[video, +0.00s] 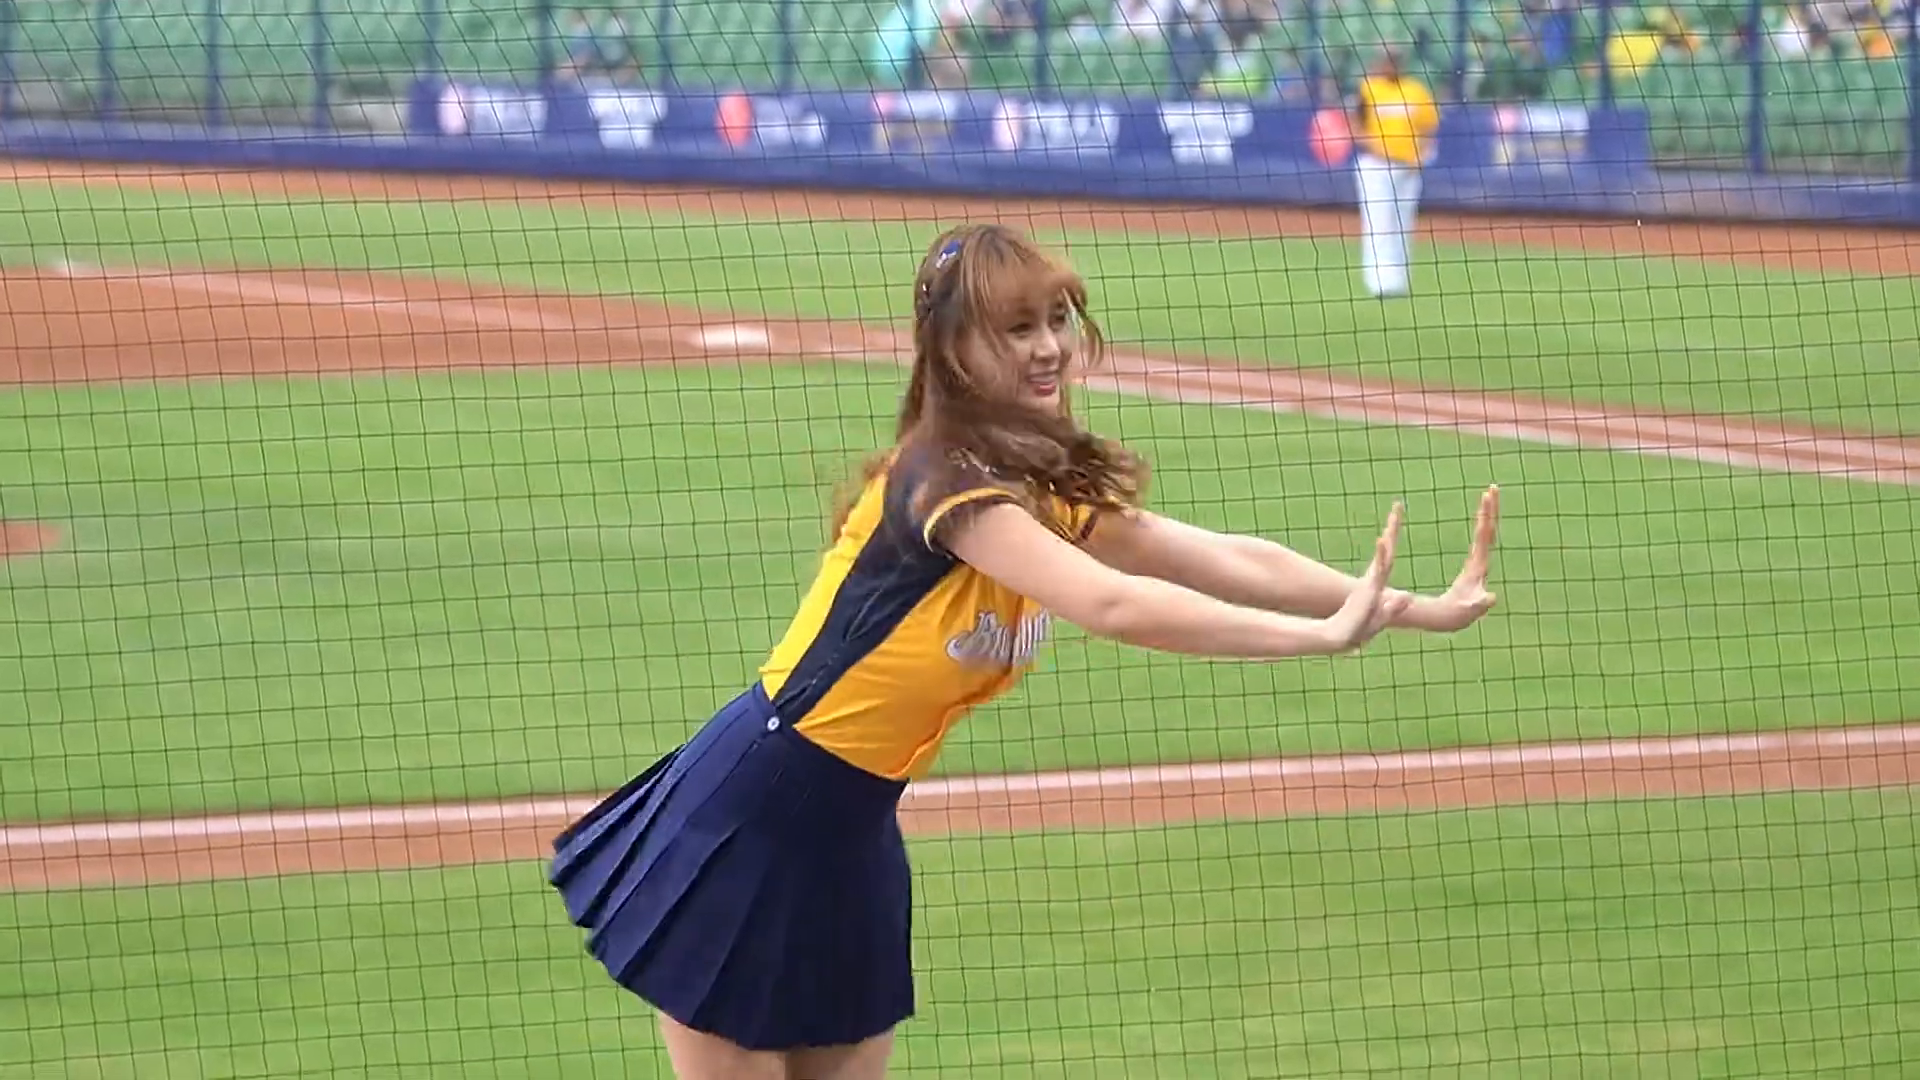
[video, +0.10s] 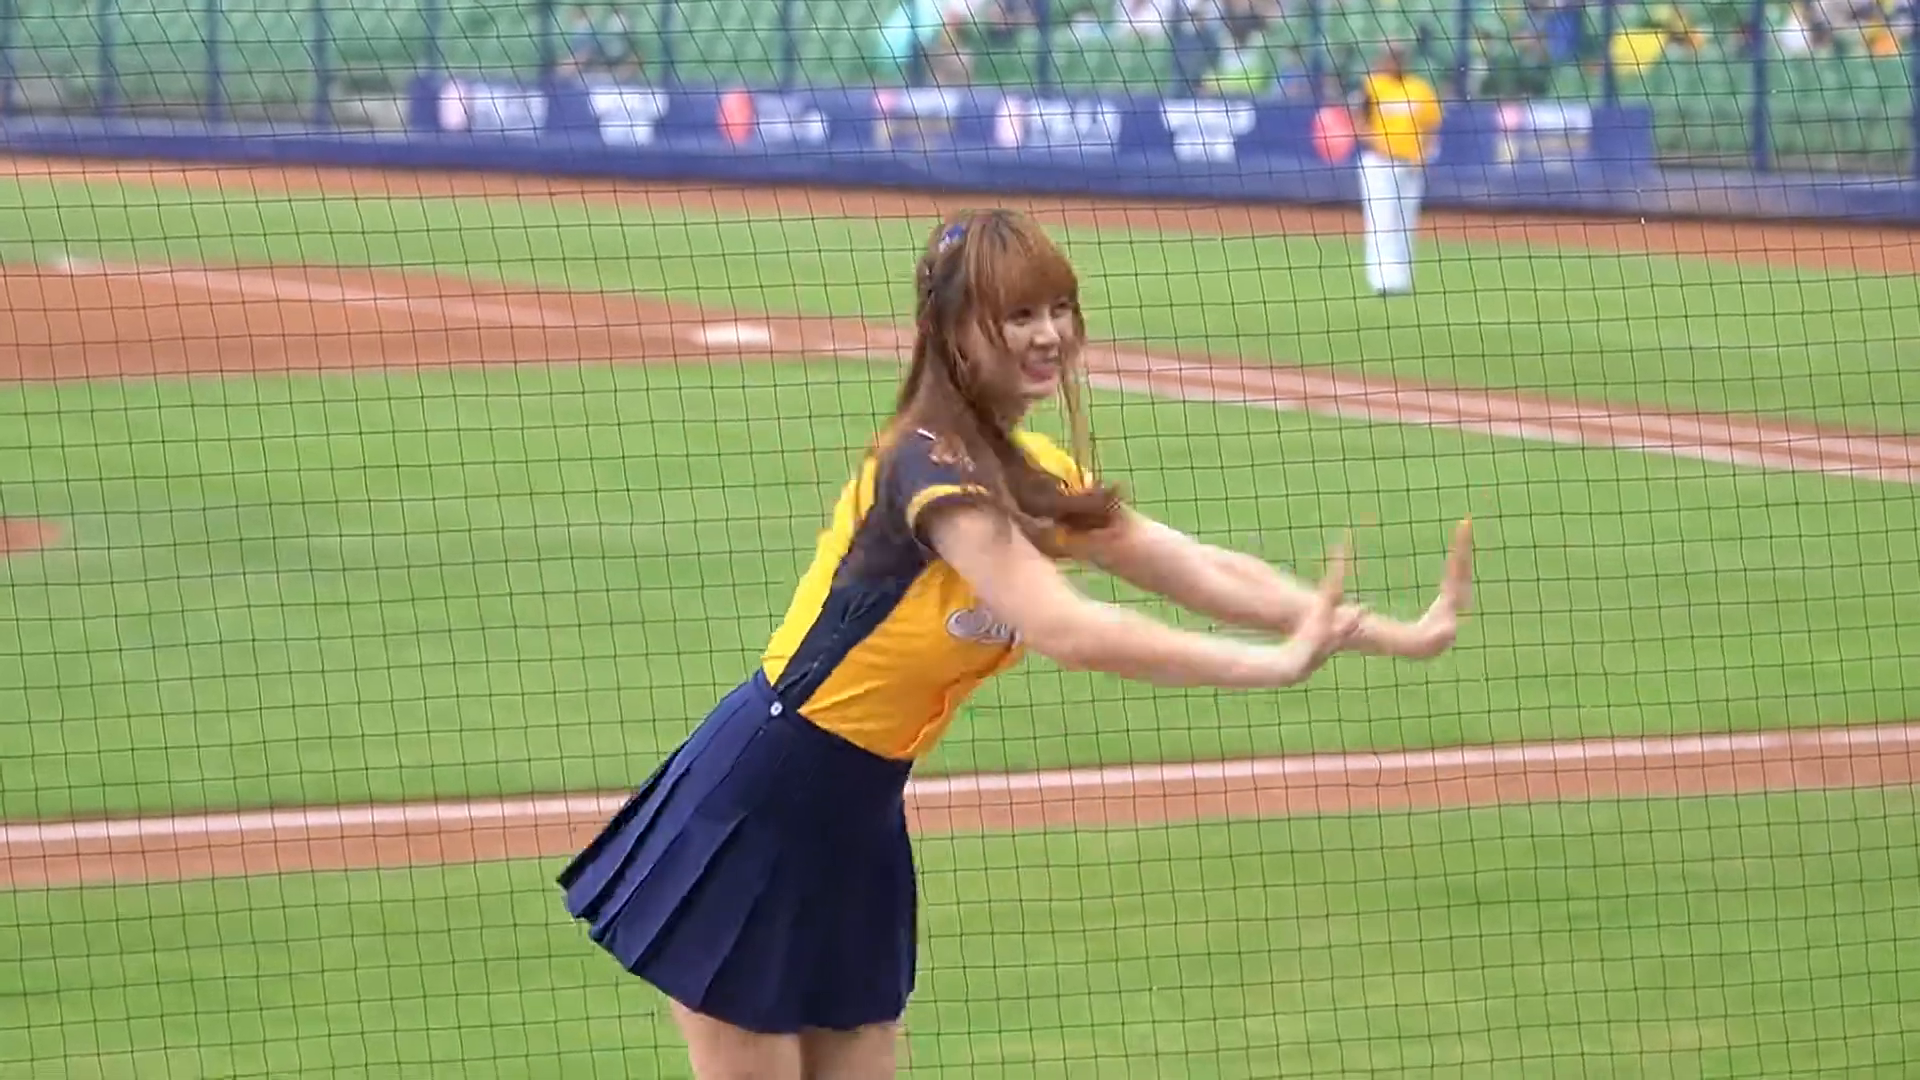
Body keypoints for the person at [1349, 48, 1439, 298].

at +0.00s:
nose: (1389, 66)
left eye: (1393, 60)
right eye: (1385, 60)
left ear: (1400, 63)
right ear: (1378, 63)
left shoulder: (1417, 90)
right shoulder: (1368, 88)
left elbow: (1430, 127)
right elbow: (1356, 124)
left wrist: (1422, 152)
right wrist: (1377, 146)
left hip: (1407, 167)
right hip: (1374, 165)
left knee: (1402, 223)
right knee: (1379, 222)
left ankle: (1399, 277)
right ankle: (1381, 280)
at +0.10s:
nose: (1393, 62)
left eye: (1397, 57)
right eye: (1389, 56)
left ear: (1404, 59)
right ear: (1382, 59)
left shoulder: (1421, 89)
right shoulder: (1372, 85)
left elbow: (1433, 126)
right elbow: (1359, 121)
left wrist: (1423, 152)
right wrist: (1380, 144)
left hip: (1410, 163)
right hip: (1377, 162)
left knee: (1405, 220)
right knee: (1382, 219)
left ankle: (1402, 275)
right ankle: (1384, 277)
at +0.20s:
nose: (1399, 59)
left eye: (1403, 53)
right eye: (1394, 53)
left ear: (1411, 55)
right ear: (1387, 55)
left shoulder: (1425, 87)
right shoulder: (1377, 82)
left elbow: (1435, 125)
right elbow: (1363, 116)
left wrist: (1427, 154)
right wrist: (1377, 140)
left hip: (1413, 159)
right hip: (1380, 157)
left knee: (1407, 216)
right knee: (1385, 215)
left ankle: (1404, 272)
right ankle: (1384, 273)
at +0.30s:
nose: (1407, 55)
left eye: (1411, 49)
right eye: (1402, 50)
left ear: (1418, 53)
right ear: (1395, 52)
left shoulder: (1431, 85)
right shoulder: (1382, 77)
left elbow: (1437, 128)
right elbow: (1367, 105)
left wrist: (1436, 163)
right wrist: (1373, 137)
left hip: (1416, 157)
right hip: (1383, 154)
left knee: (1410, 214)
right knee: (1386, 212)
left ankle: (1406, 270)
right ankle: (1384, 269)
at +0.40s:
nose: (1412, 51)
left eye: (1416, 46)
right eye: (1407, 46)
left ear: (1424, 49)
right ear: (1400, 48)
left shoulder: (1434, 81)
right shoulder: (1386, 72)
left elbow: (1441, 126)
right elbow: (1371, 99)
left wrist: (1443, 163)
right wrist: (1374, 133)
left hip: (1420, 152)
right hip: (1387, 150)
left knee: (1412, 209)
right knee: (1387, 206)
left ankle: (1408, 266)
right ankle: (1385, 265)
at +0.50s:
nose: (1418, 47)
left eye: (1422, 42)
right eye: (1413, 41)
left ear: (1429, 44)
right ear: (1406, 43)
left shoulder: (1440, 76)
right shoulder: (1390, 68)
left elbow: (1448, 119)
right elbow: (1376, 101)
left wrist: (1451, 156)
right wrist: (1371, 135)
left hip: (1424, 147)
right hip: (1389, 145)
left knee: (1416, 205)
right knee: (1388, 202)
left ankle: (1413, 263)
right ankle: (1388, 262)